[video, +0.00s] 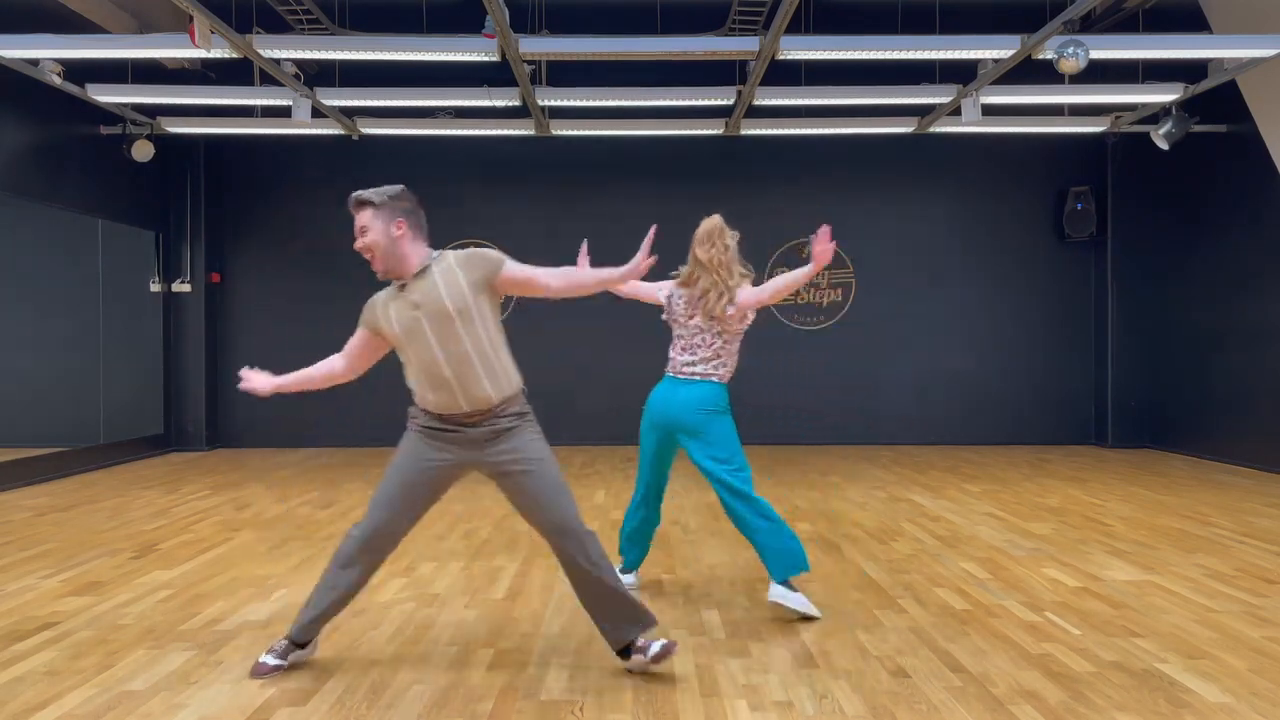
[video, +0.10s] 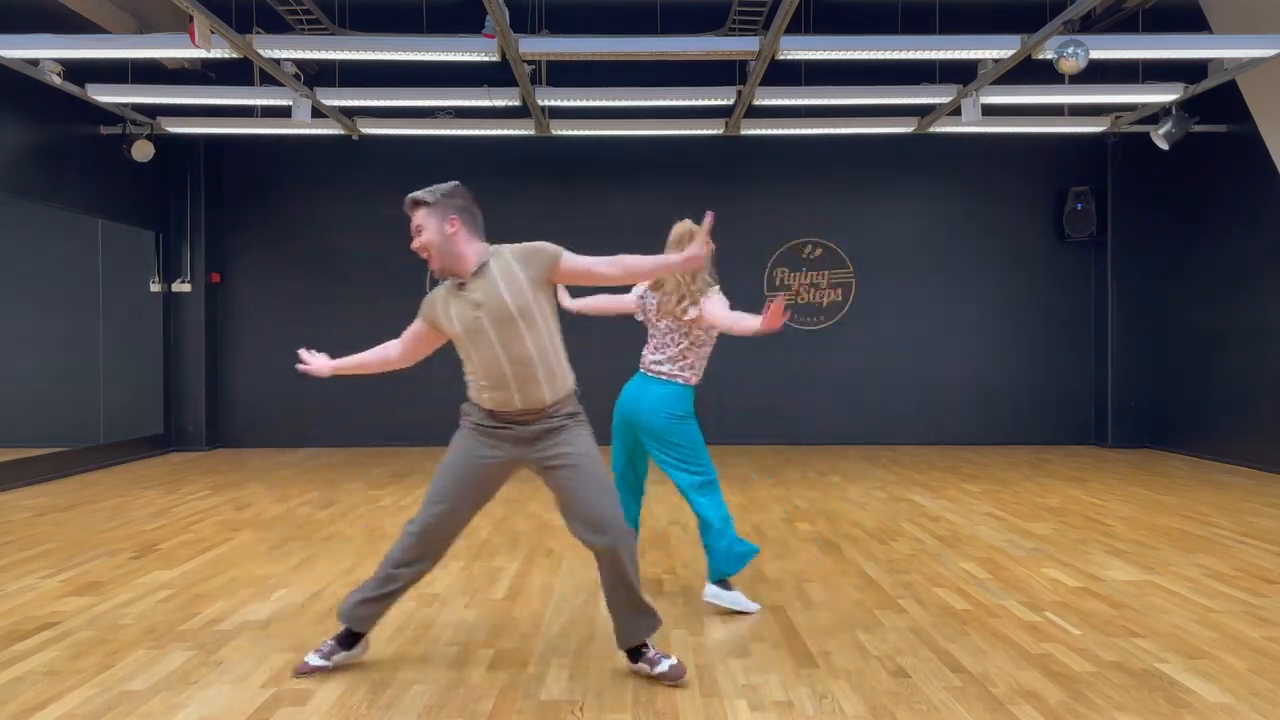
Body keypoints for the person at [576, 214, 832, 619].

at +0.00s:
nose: (735, 254)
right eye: (734, 249)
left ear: (694, 254)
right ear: (731, 255)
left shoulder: (673, 292)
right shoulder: (742, 298)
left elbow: (625, 287)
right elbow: (782, 285)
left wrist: (588, 271)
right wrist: (815, 264)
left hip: (663, 397)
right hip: (707, 401)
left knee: (648, 486)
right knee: (739, 491)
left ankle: (627, 567)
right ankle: (782, 580)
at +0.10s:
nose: (712, 254)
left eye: (707, 248)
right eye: (708, 249)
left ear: (667, 258)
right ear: (702, 258)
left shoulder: (649, 294)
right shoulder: (708, 300)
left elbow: (606, 302)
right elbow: (723, 319)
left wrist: (571, 303)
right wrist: (762, 323)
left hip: (632, 397)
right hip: (670, 405)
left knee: (626, 487)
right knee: (703, 488)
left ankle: (620, 569)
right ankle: (720, 580)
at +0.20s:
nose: (690, 261)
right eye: (688, 256)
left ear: (644, 258)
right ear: (685, 260)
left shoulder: (625, 296)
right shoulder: (683, 305)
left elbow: (606, 339)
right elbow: (689, 357)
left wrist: (577, 362)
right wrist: (709, 402)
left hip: (617, 395)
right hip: (646, 404)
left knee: (617, 477)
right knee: (679, 488)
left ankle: (586, 555)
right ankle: (663, 573)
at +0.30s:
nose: (675, 271)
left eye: (674, 265)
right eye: (671, 265)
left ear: (644, 270)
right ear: (655, 268)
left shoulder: (621, 304)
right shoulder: (654, 309)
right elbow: (662, 371)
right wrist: (680, 416)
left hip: (617, 414)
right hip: (644, 416)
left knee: (604, 486)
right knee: (647, 495)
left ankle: (576, 556)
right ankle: (628, 564)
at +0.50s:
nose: (570, 210)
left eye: (574, 198)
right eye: (570, 200)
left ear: (602, 193)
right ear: (602, 195)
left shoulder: (656, 218)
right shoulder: (592, 254)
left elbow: (587, 258)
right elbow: (571, 315)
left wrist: (523, 255)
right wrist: (561, 270)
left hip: (704, 381)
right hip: (643, 391)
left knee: (692, 498)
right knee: (609, 489)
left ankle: (701, 624)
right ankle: (656, 599)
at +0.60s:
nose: (597, 221)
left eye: (600, 209)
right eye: (596, 210)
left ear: (626, 204)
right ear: (627, 206)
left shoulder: (679, 231)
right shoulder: (625, 265)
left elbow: (625, 284)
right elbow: (597, 306)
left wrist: (550, 324)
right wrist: (605, 318)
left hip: (724, 391)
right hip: (671, 401)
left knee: (719, 515)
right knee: (652, 509)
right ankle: (724, 586)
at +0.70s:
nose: (616, 237)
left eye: (619, 227)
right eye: (616, 227)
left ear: (639, 228)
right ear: (647, 227)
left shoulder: (700, 268)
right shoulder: (640, 294)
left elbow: (690, 344)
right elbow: (637, 365)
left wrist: (666, 416)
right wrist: (648, 419)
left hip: (739, 411)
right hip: (692, 425)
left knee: (738, 534)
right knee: (690, 535)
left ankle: (804, 639)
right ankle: (764, 608)